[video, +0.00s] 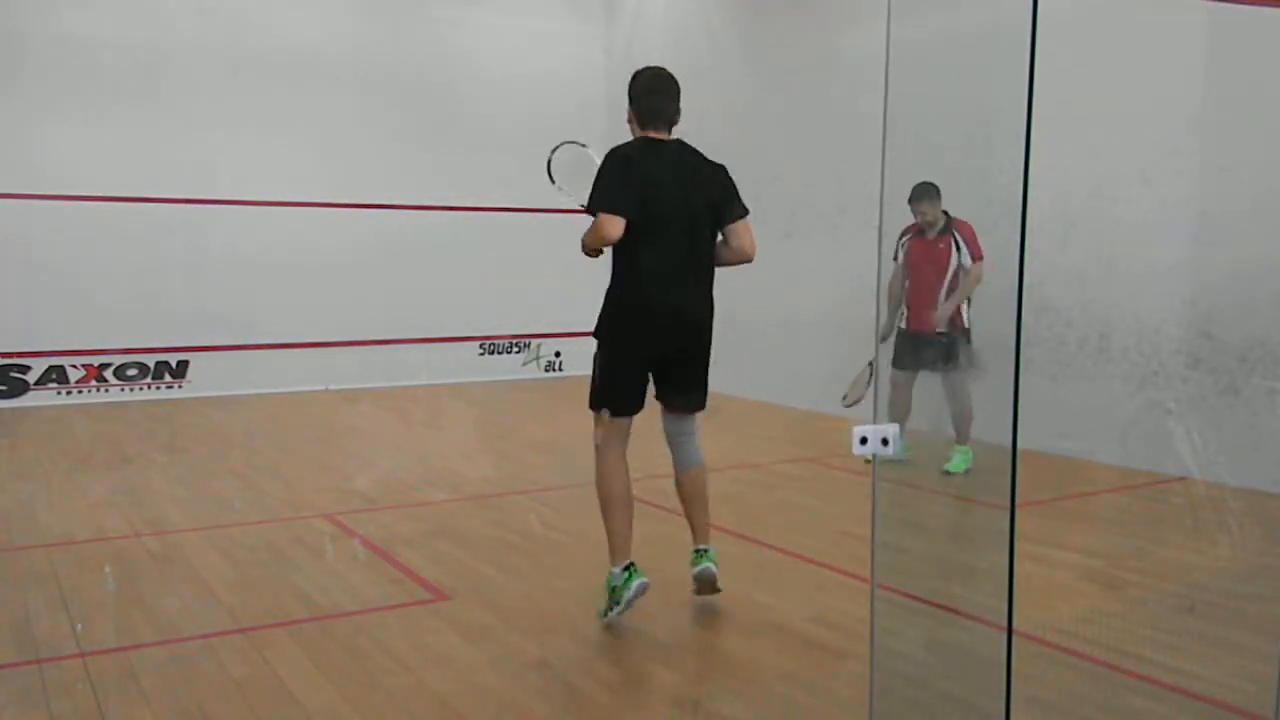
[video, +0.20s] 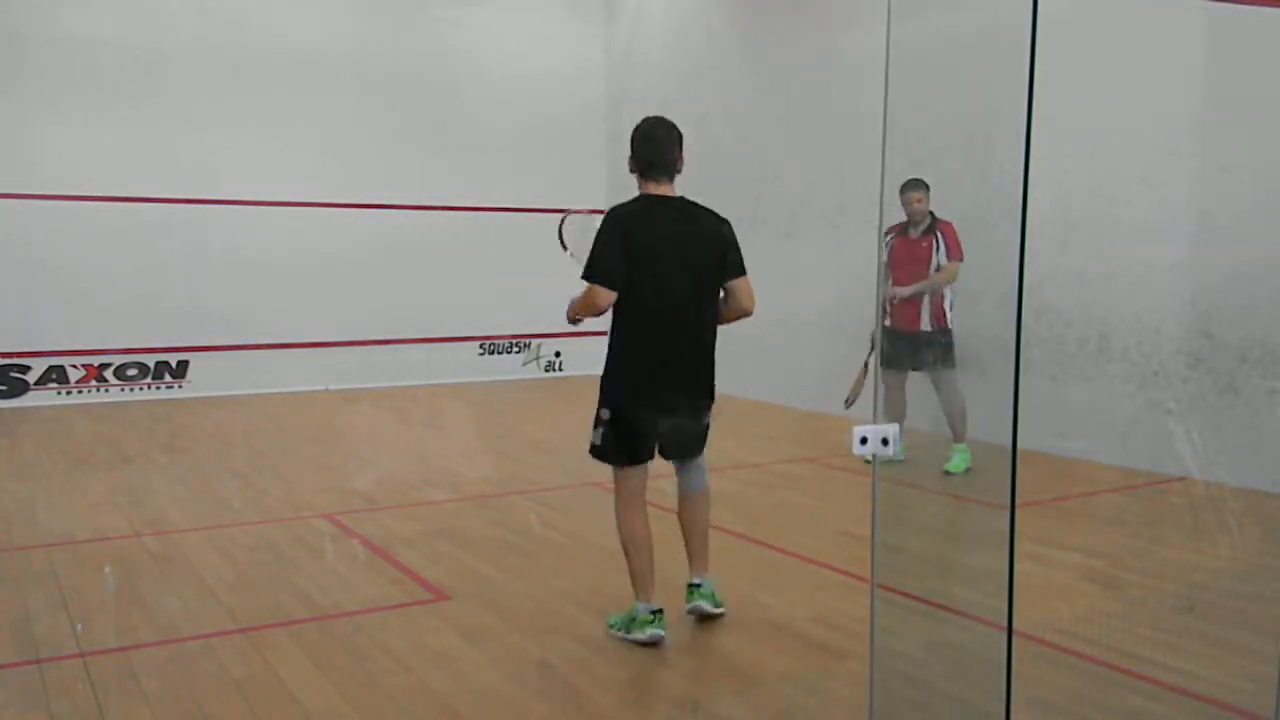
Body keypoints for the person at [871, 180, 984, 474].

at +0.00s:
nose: (922, 220)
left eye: (927, 214)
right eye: (917, 215)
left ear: (940, 207)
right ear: (912, 212)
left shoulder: (960, 232)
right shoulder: (908, 237)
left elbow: (974, 273)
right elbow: (898, 279)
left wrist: (949, 306)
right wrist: (889, 320)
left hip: (948, 330)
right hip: (912, 328)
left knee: (955, 386)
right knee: (899, 382)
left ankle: (962, 448)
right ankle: (895, 442)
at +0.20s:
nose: (914, 207)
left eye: (919, 202)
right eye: (909, 203)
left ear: (929, 202)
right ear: (902, 206)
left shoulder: (943, 231)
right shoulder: (892, 236)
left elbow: (951, 273)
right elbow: (886, 279)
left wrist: (908, 290)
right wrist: (881, 319)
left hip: (933, 328)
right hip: (897, 327)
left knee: (945, 384)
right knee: (892, 382)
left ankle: (960, 447)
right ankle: (894, 443)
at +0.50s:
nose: (900, 203)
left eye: (905, 198)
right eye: (895, 198)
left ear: (913, 200)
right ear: (887, 201)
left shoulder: (924, 233)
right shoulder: (876, 233)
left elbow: (932, 279)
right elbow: (865, 274)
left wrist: (932, 320)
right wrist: (856, 308)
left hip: (909, 324)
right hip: (879, 324)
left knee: (914, 379)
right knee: (886, 382)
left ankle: (945, 440)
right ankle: (890, 443)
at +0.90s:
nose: (893, 202)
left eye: (898, 197)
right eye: (888, 197)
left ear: (906, 201)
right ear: (880, 199)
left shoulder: (918, 233)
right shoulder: (866, 233)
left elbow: (935, 273)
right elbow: (856, 267)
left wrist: (943, 315)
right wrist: (847, 281)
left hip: (902, 322)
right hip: (870, 322)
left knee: (901, 376)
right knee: (881, 381)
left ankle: (919, 441)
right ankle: (885, 442)